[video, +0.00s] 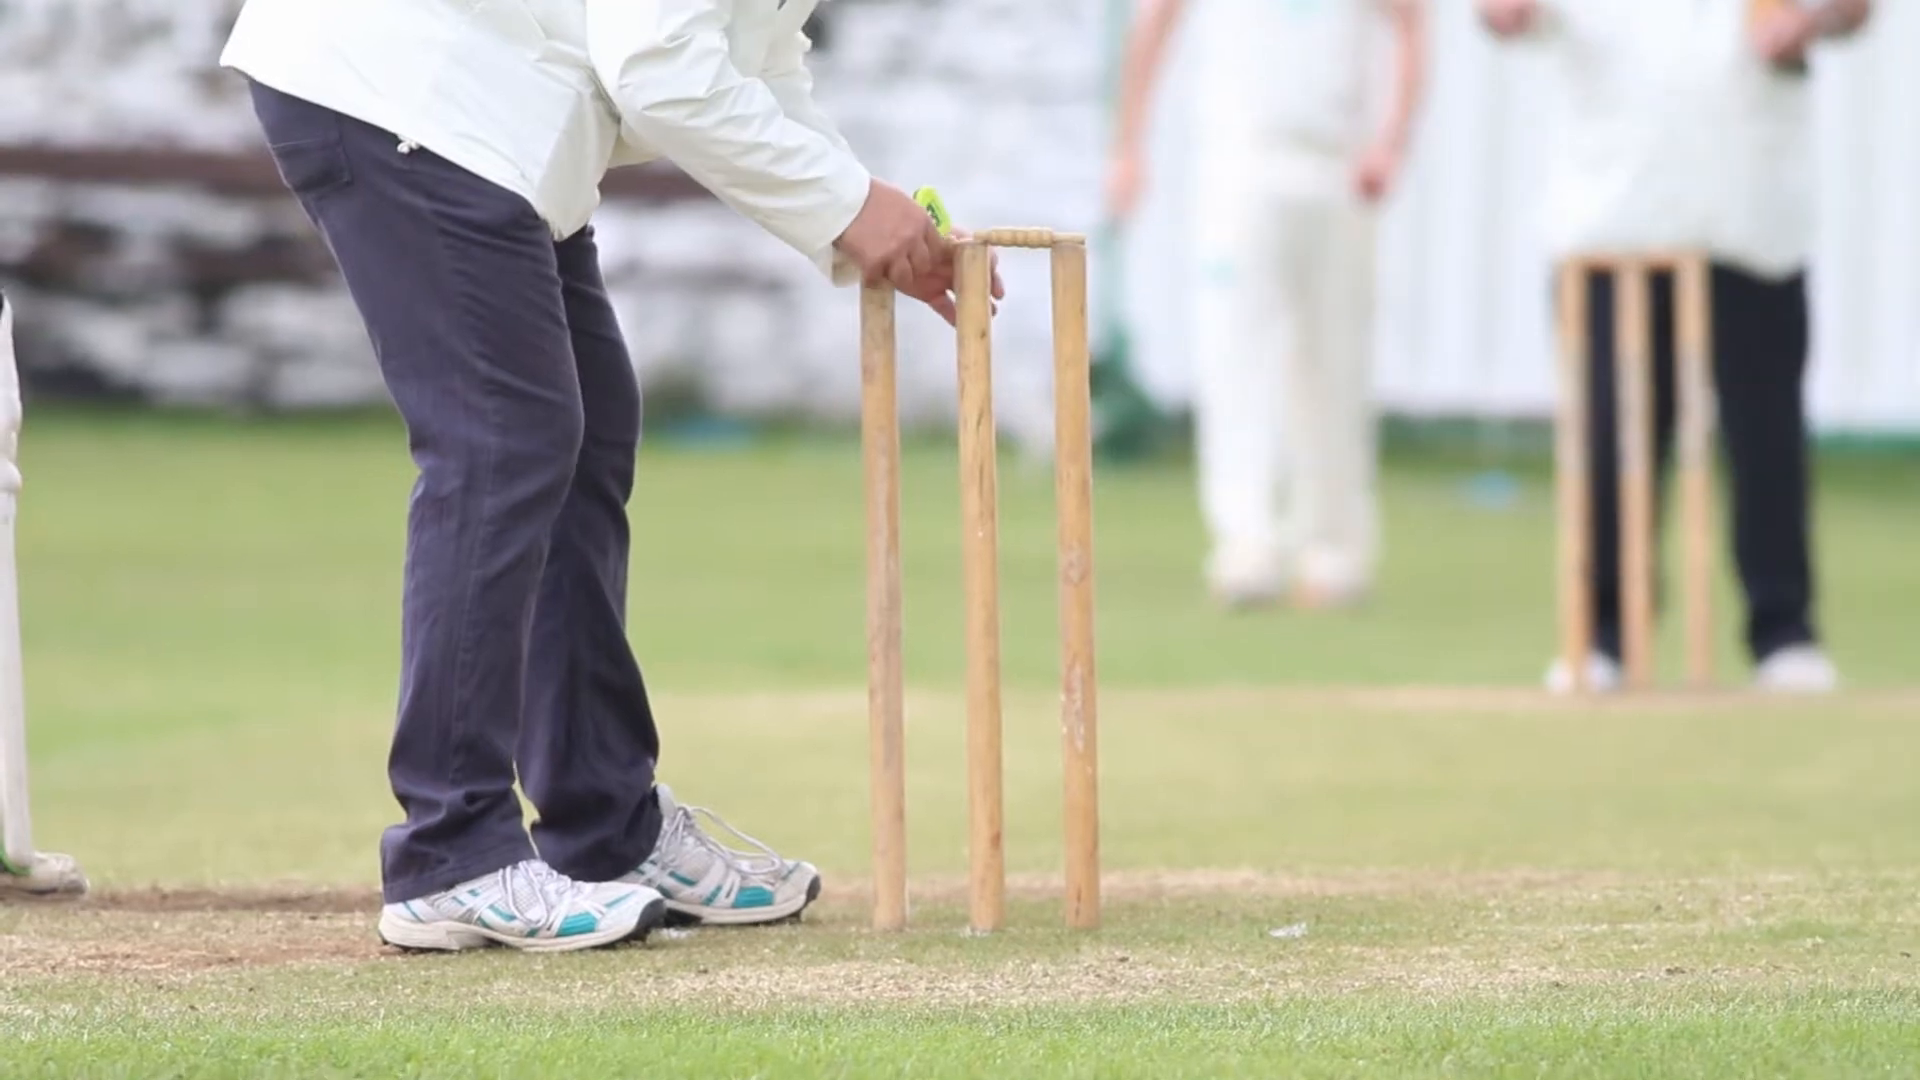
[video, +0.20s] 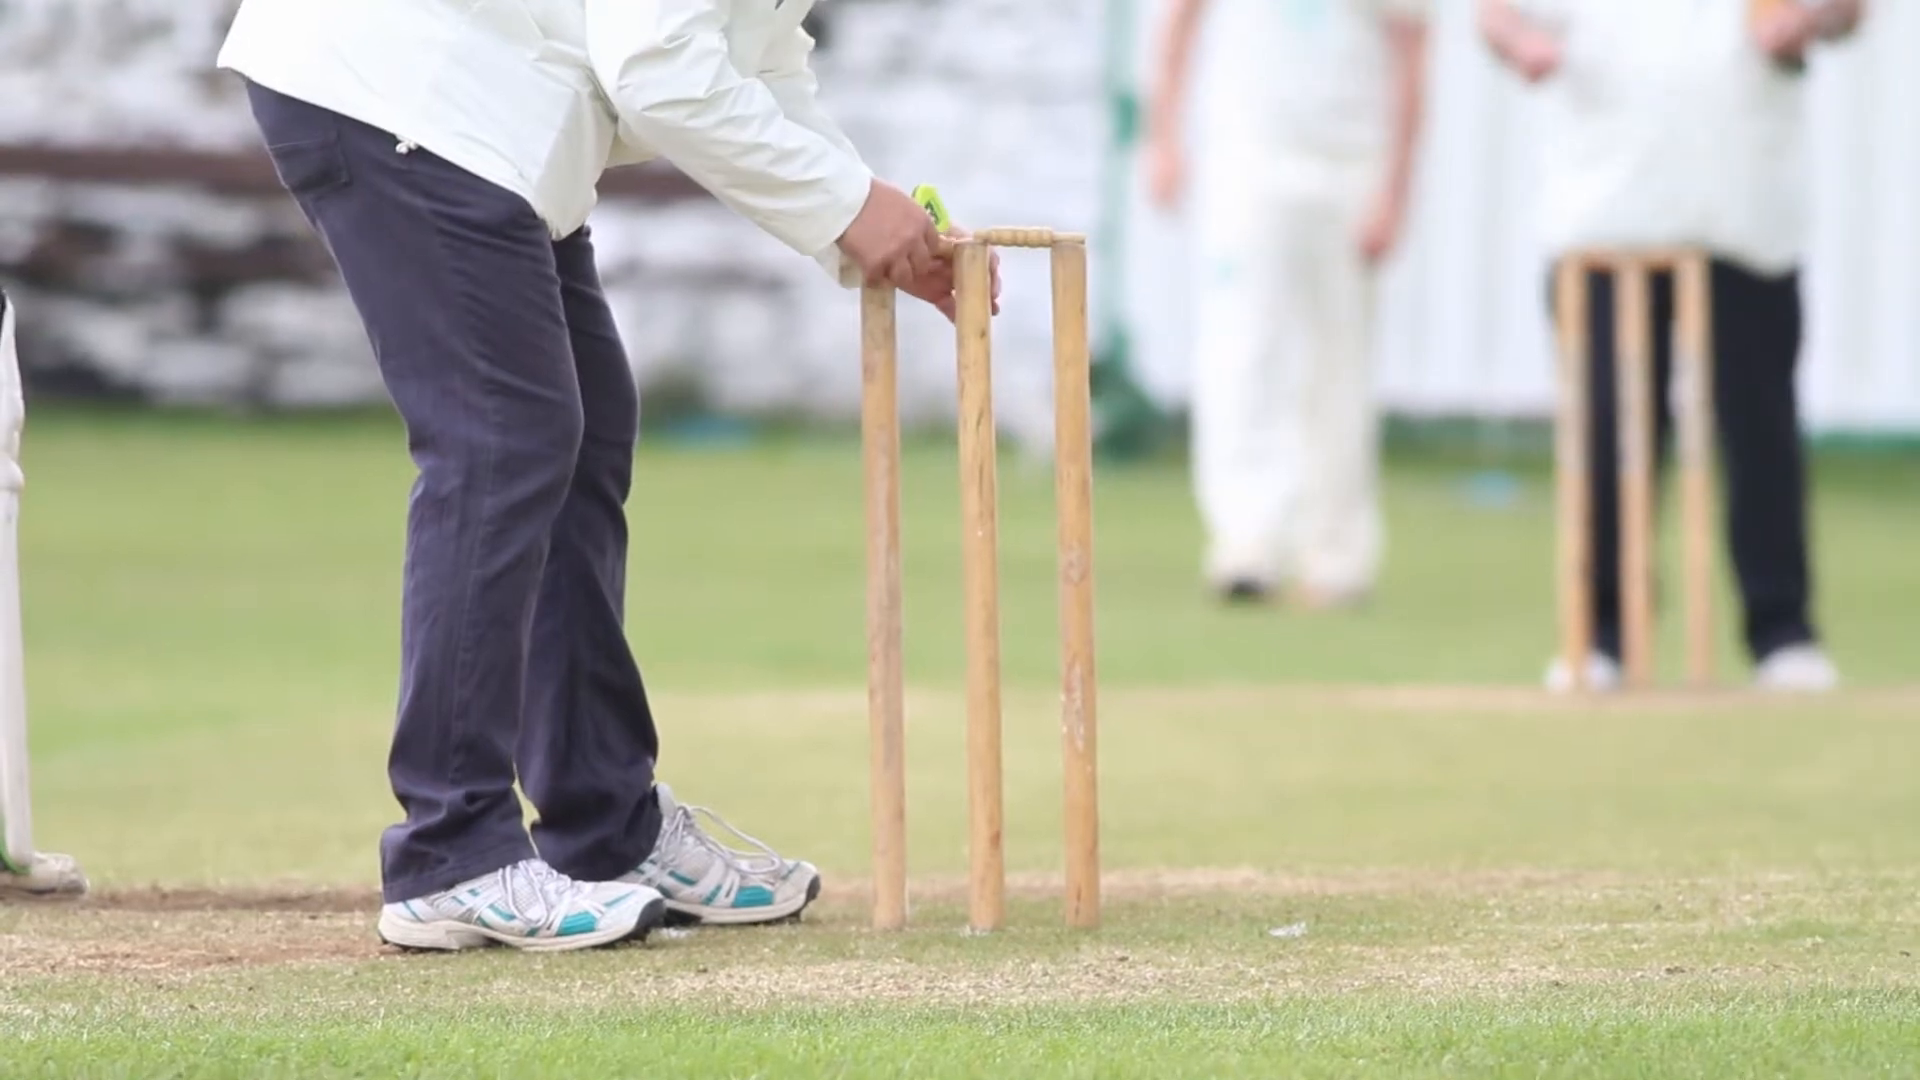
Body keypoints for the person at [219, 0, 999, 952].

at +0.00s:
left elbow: (771, 77)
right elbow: (657, 73)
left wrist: (875, 229)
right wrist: (852, 202)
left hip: (492, 77)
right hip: (385, 59)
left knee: (589, 424)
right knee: (508, 434)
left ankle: (604, 833)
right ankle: (451, 863)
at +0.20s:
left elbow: (770, 66)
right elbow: (657, 71)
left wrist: (871, 225)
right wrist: (851, 201)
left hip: (488, 75)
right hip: (382, 57)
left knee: (587, 423)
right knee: (507, 433)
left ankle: (603, 833)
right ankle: (451, 863)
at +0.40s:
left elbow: (760, 78)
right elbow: (650, 73)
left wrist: (863, 217)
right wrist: (846, 194)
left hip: (487, 76)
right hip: (381, 59)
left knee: (587, 423)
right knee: (508, 432)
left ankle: (603, 832)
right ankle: (451, 863)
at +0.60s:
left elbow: (698, 62)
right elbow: (633, 50)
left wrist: (831, 212)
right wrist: (826, 197)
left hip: (487, 83)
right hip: (385, 63)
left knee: (589, 422)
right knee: (507, 432)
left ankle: (605, 830)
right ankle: (450, 861)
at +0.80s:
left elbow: (695, 67)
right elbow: (642, 59)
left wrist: (824, 217)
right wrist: (820, 200)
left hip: (484, 80)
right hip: (384, 63)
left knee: (588, 422)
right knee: (507, 430)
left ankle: (605, 830)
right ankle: (451, 859)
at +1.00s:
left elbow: (760, 96)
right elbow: (648, 74)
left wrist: (861, 229)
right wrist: (829, 206)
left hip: (484, 78)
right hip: (380, 61)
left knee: (586, 418)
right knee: (507, 429)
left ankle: (607, 832)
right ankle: (451, 859)